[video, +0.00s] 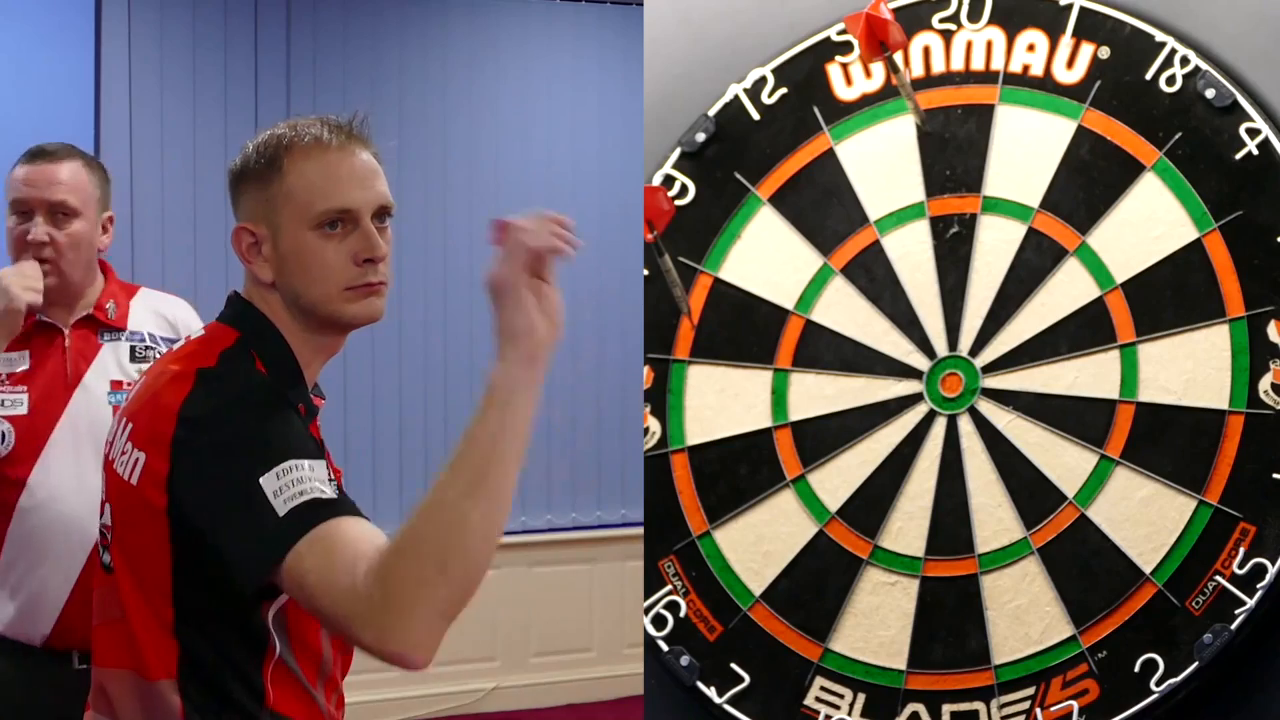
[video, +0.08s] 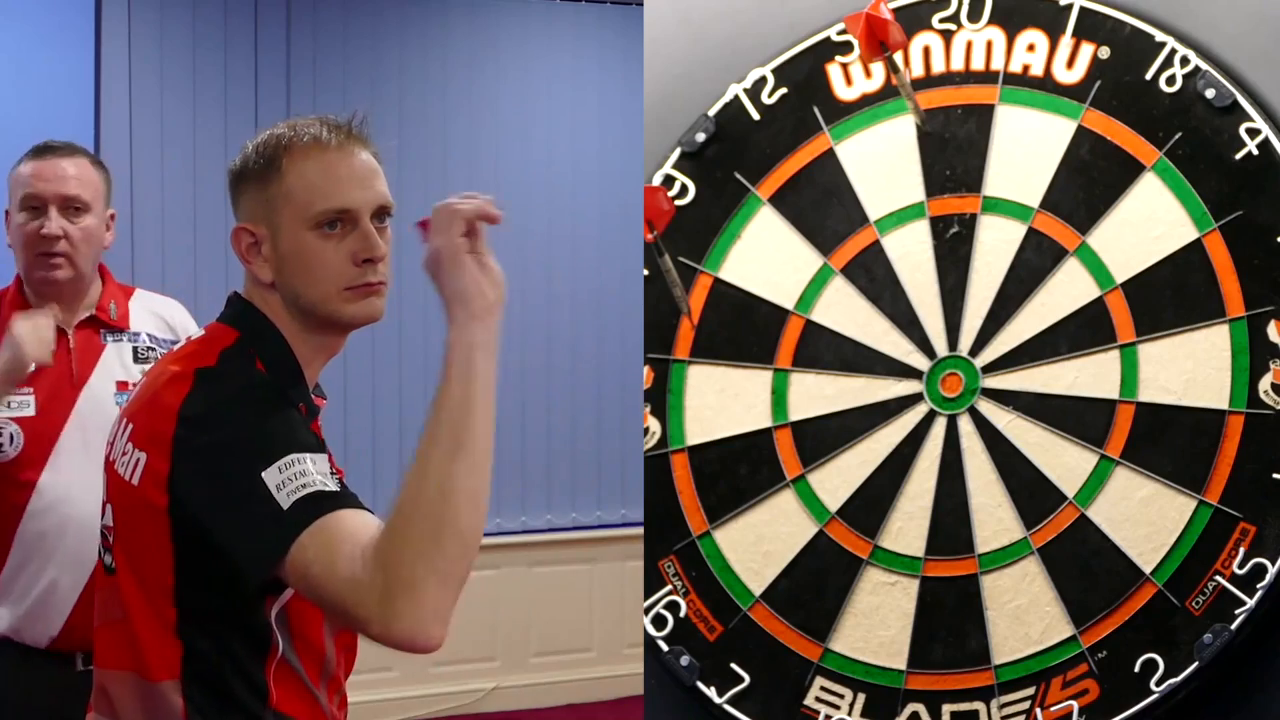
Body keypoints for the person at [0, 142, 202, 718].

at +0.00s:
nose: (36, 233)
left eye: (61, 215)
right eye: (22, 214)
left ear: (105, 230)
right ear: (6, 222)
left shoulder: (170, 323)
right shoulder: (1, 331)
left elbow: (216, 467)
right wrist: (4, 332)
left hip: (145, 660)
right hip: (17, 659)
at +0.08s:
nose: (51, 227)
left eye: (73, 210)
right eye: (32, 210)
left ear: (108, 228)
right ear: (9, 226)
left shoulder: (166, 324)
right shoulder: (2, 334)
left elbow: (215, 460)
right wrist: (5, 370)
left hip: (148, 659)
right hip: (19, 660)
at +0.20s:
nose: (66, 222)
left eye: (87, 205)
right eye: (46, 205)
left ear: (115, 226)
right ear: (16, 227)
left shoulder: (169, 325)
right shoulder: (2, 334)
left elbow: (214, 461)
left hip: (152, 657)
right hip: (23, 660)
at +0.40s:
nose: (99, 213)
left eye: (116, 199)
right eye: (76, 197)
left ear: (134, 221)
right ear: (36, 223)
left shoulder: (181, 326)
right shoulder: (5, 336)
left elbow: (227, 469)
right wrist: (54, 548)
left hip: (163, 652)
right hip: (31, 657)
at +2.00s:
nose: (153, 249)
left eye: (170, 227)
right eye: (128, 224)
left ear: (185, 231)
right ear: (69, 222)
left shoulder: (211, 346)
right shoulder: (9, 357)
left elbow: (230, 499)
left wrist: (247, 605)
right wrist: (90, 610)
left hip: (199, 697)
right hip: (47, 699)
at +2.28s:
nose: (236, 289)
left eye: (254, 265)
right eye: (212, 263)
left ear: (268, 255)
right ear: (147, 244)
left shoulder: (261, 360)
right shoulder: (63, 377)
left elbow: (260, 530)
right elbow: (7, 577)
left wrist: (296, 637)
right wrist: (166, 637)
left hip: (244, 704)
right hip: (102, 708)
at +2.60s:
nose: (305, 239)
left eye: (319, 214)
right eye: (276, 213)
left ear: (331, 221)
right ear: (209, 224)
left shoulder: (309, 346)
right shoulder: (140, 362)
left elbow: (316, 532)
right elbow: (75, 572)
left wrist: (362, 652)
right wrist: (263, 630)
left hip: (311, 704)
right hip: (184, 708)